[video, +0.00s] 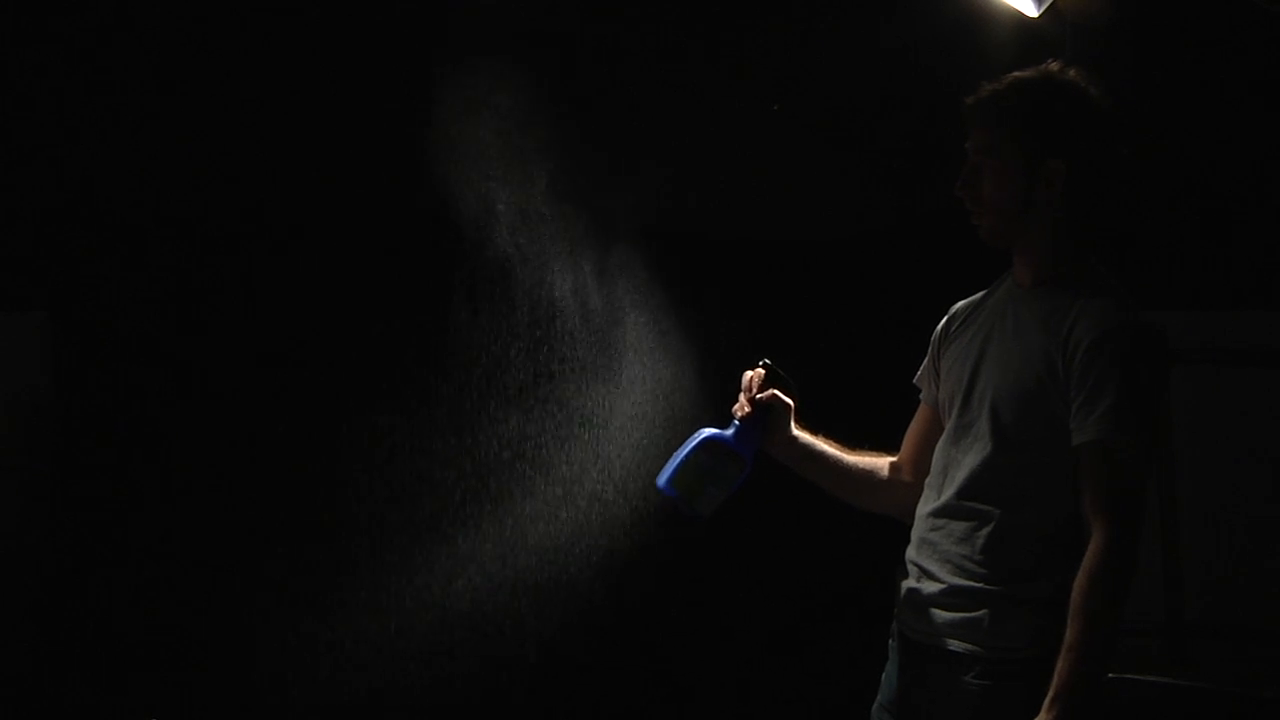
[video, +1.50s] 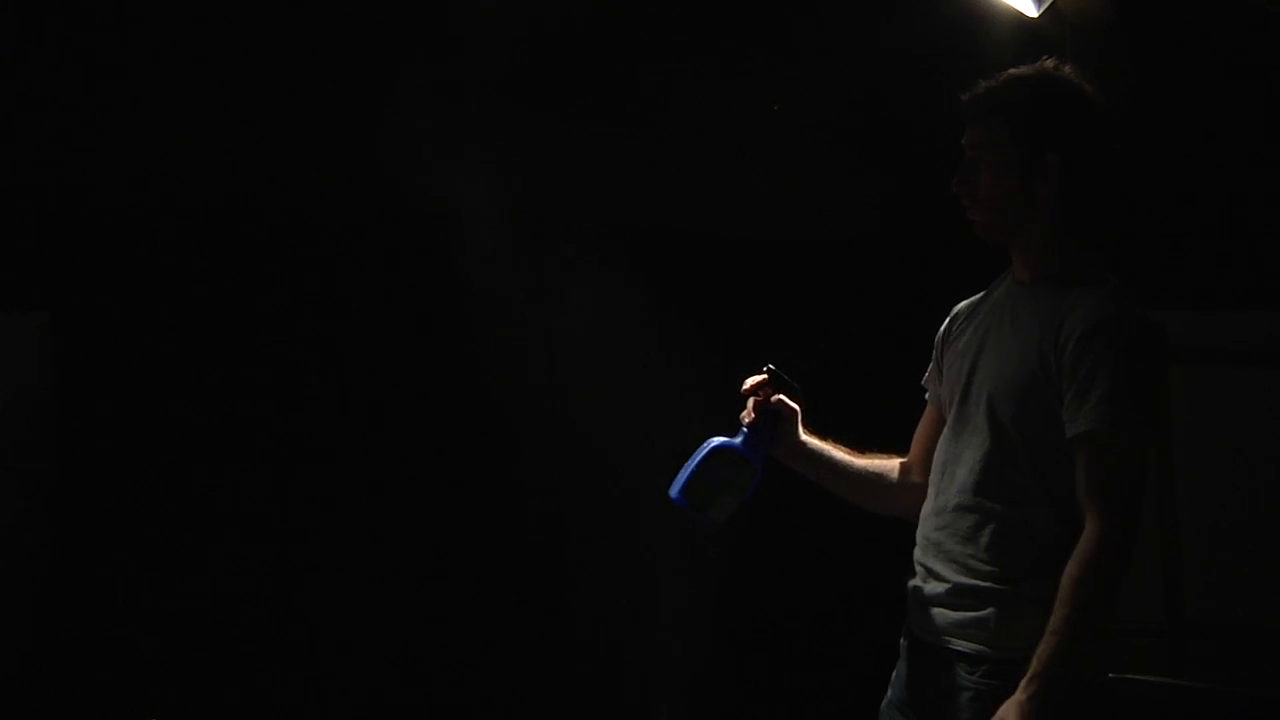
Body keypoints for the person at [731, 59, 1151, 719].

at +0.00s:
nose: (966, 182)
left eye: (987, 161)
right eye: (969, 160)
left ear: (1046, 176)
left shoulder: (1099, 326)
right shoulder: (963, 322)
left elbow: (1112, 533)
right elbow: (907, 484)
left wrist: (1061, 701)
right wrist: (787, 436)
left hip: (1007, 658)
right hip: (917, 640)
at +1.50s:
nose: (963, 180)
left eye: (983, 159)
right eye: (967, 159)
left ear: (1044, 171)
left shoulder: (1097, 323)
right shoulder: (966, 321)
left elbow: (1108, 526)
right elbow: (914, 485)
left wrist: (1035, 692)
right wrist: (797, 443)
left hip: (1011, 668)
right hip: (925, 648)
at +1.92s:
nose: (1121, 325)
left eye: (1144, 305)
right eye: (1124, 304)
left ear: (1203, 319)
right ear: (1123, 320)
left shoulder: (1257, 457)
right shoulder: (1088, 457)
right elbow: (931, 520)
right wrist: (807, 452)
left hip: (1235, 698)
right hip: (1118, 701)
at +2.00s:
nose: (1121, 321)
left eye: (1143, 304)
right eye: (1125, 303)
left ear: (1201, 319)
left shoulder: (1256, 458)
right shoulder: (1087, 457)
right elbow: (931, 519)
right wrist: (807, 452)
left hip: (1235, 699)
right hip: (1119, 701)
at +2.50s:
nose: (1119, 316)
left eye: (1141, 299)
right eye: (1124, 297)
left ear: (1202, 318)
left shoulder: (1260, 460)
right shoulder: (1088, 456)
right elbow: (932, 520)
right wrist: (807, 448)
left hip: (1229, 700)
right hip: (1113, 701)